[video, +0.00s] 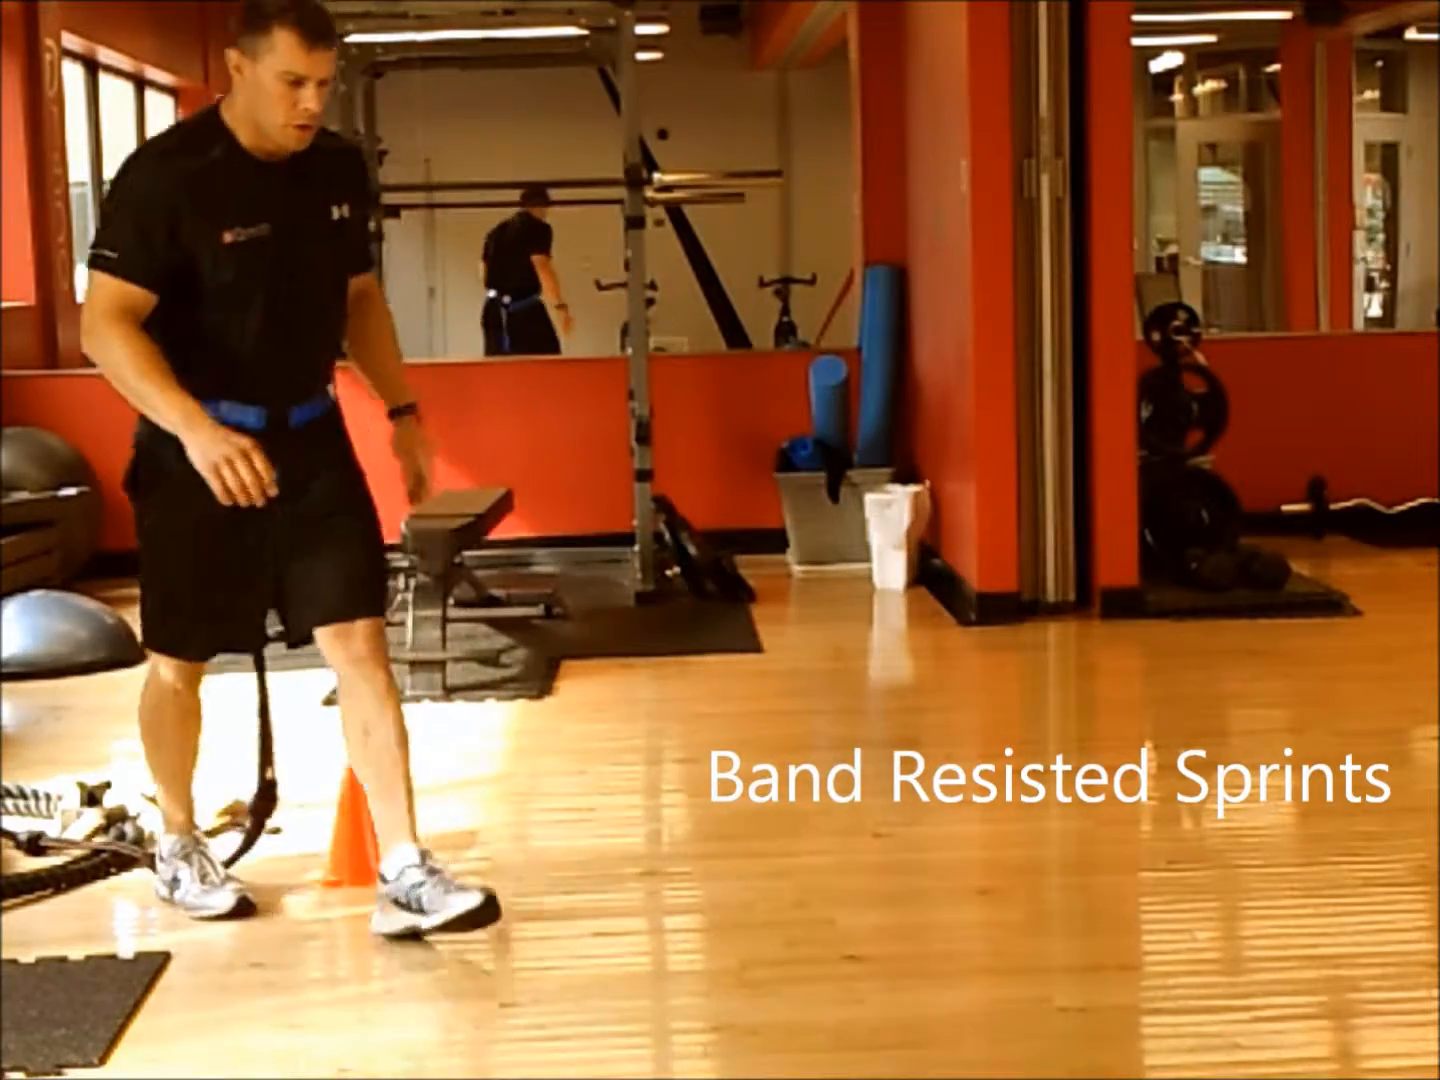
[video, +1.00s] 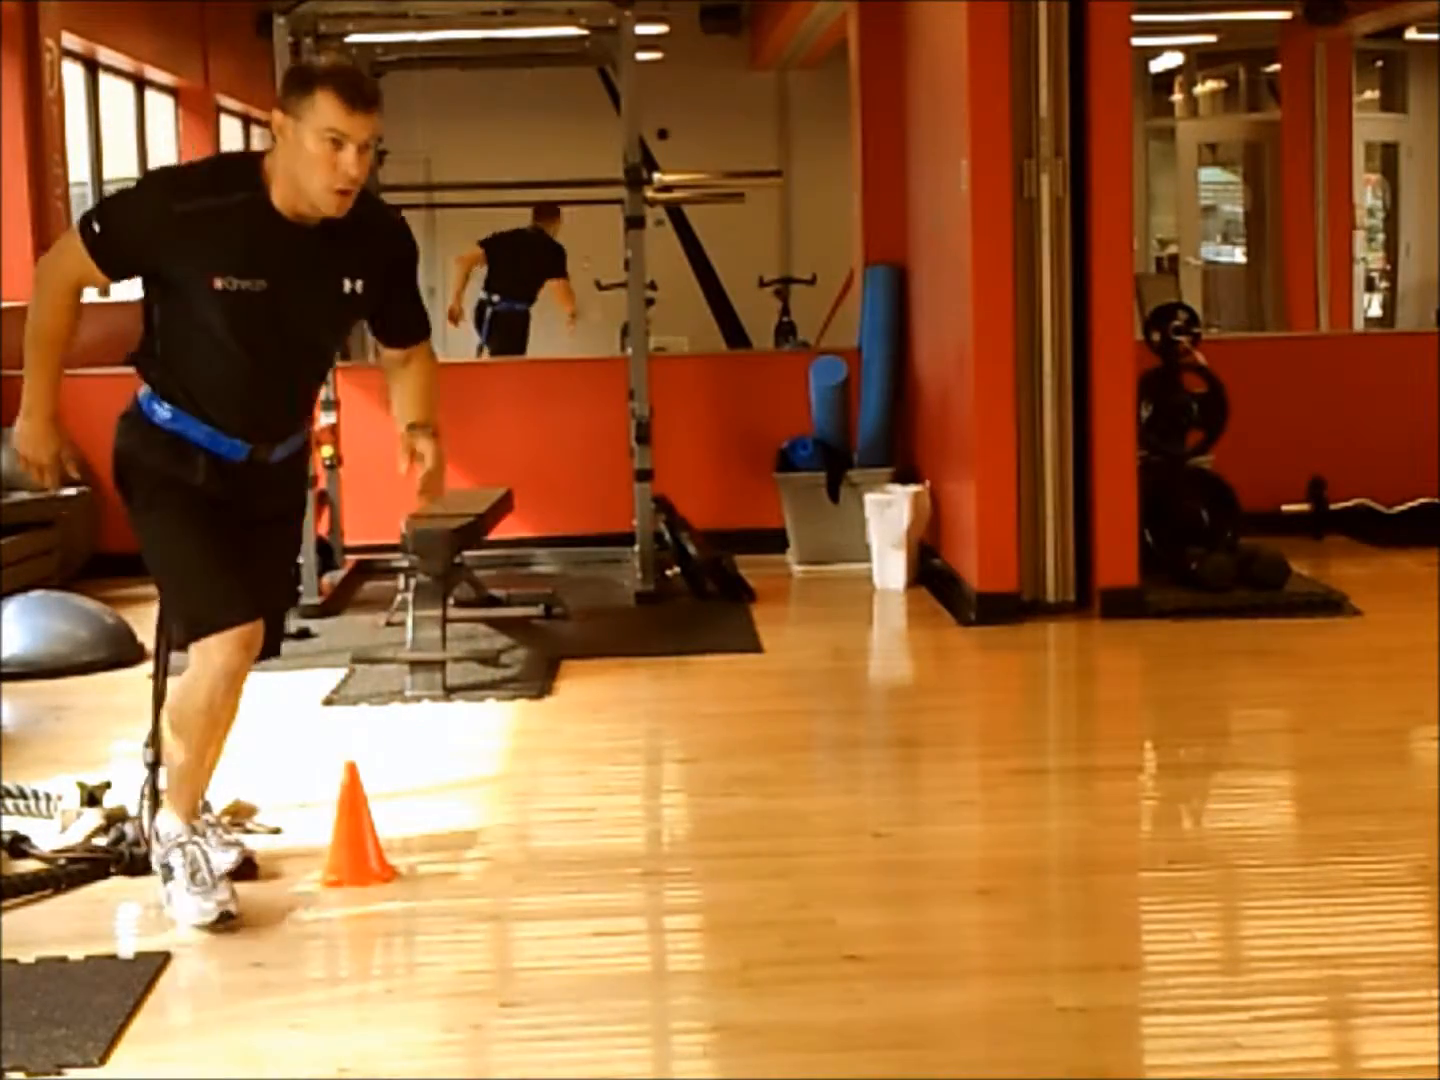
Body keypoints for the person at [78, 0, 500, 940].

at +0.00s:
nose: (313, 104)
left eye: (324, 84)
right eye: (295, 84)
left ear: (331, 77)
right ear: (236, 69)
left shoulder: (339, 167)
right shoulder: (162, 175)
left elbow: (359, 299)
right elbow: (103, 323)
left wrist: (404, 412)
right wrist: (197, 426)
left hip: (309, 441)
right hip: (193, 450)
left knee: (359, 642)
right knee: (178, 661)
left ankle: (405, 868)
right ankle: (180, 847)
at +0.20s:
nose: (271, 70)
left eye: (280, 49)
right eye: (250, 48)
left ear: (286, 49)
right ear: (191, 42)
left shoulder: (306, 151)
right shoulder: (117, 156)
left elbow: (336, 273)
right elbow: (59, 300)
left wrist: (349, 377)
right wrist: (119, 433)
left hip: (278, 423)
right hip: (168, 430)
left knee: (319, 621)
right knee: (170, 646)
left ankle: (267, 809)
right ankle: (177, 840)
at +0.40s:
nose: (253, 61)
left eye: (264, 42)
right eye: (232, 39)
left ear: (277, 47)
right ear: (177, 40)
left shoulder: (296, 154)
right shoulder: (112, 155)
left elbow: (333, 285)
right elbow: (43, 297)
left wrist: (366, 397)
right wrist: (63, 443)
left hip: (256, 428)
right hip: (155, 426)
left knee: (248, 635)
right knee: (167, 642)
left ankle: (201, 791)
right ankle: (175, 841)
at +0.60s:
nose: (269, 82)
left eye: (279, 65)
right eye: (250, 62)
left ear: (289, 72)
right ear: (195, 64)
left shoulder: (303, 183)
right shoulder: (124, 175)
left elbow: (349, 316)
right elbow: (50, 308)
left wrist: (392, 429)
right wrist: (61, 452)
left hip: (249, 439)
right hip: (154, 436)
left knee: (214, 644)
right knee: (199, 646)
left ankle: (184, 811)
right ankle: (178, 843)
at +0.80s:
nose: (299, 98)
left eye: (309, 81)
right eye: (281, 79)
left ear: (316, 84)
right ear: (225, 74)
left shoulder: (327, 191)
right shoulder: (144, 178)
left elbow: (355, 326)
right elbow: (56, 298)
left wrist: (380, 443)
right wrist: (68, 442)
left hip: (259, 441)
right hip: (161, 436)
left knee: (225, 642)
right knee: (200, 639)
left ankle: (190, 813)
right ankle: (177, 835)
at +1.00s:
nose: (354, 165)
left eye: (368, 147)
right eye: (336, 142)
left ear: (377, 147)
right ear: (282, 129)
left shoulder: (376, 236)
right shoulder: (189, 203)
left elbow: (407, 351)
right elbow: (59, 270)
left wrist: (419, 427)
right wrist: (36, 410)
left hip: (271, 469)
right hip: (171, 455)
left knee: (234, 647)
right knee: (230, 634)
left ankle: (175, 801)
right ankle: (179, 830)